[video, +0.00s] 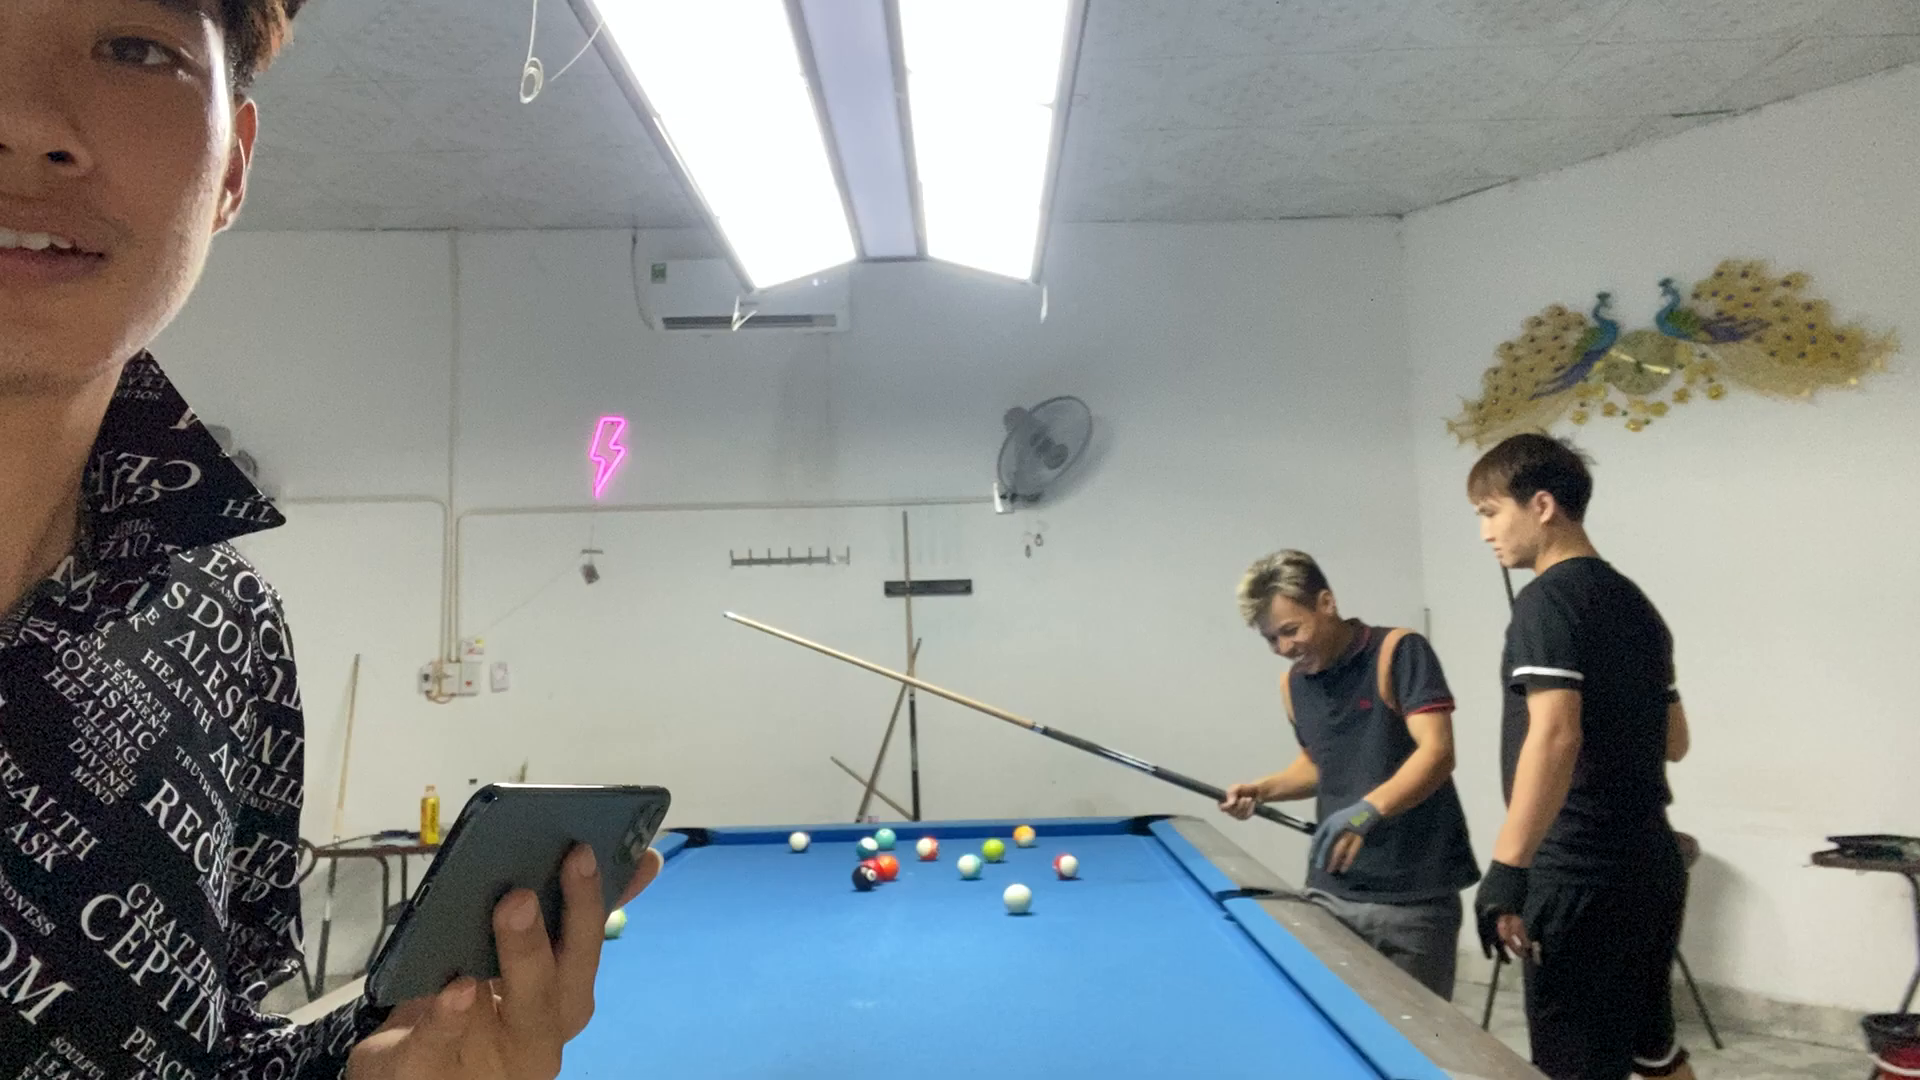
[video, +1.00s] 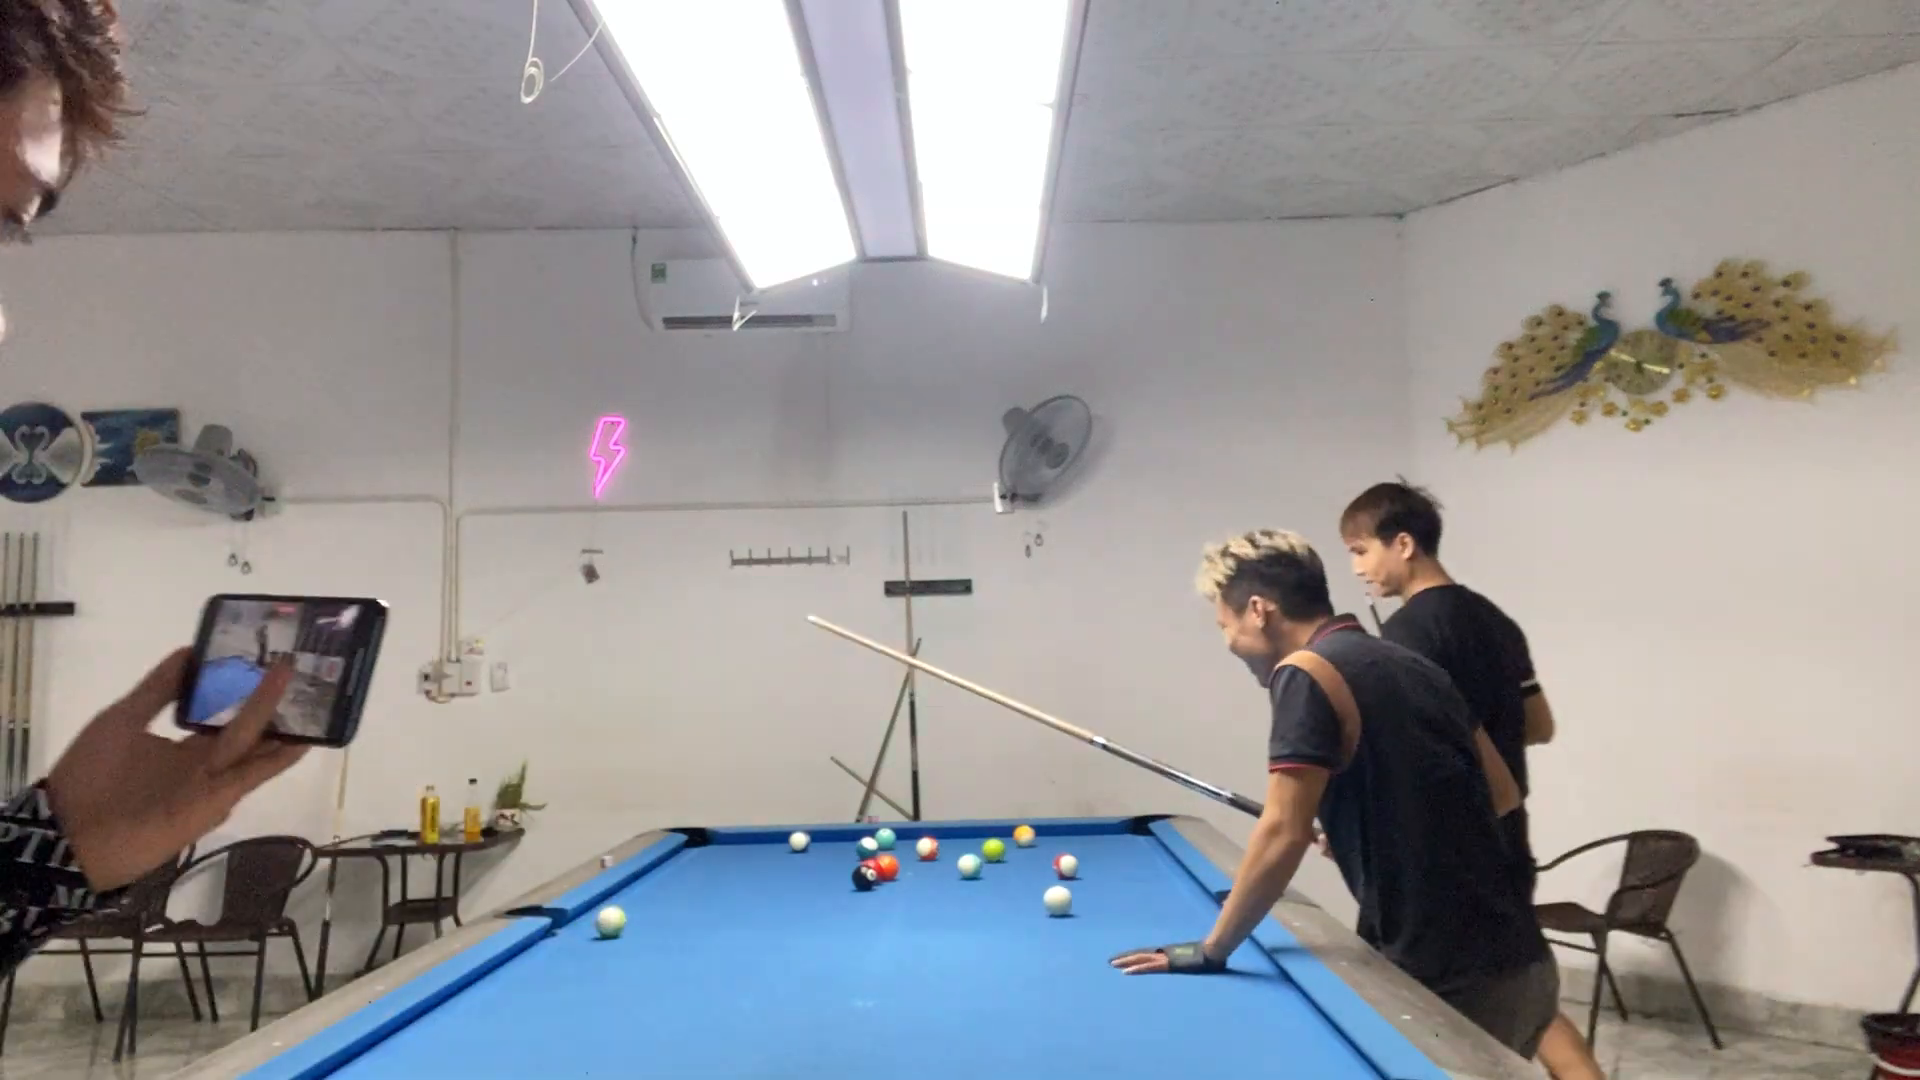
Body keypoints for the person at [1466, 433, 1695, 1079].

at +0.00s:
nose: (1483, 532)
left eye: (1490, 511)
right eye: (1480, 516)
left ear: (1543, 507)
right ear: (1545, 509)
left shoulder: (1547, 600)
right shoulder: (1636, 603)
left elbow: (1556, 739)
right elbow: (1673, 740)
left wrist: (1507, 869)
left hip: (1576, 880)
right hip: (1650, 869)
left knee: (1574, 1063)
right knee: (1654, 1051)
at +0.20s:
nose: (1505, 535)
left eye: (1510, 515)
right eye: (1502, 519)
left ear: (1560, 509)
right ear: (1570, 511)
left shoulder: (1558, 600)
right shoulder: (1658, 607)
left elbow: (1574, 731)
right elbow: (1696, 739)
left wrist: (1542, 861)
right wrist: (1608, 714)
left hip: (1585, 871)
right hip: (1671, 867)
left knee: (1573, 1063)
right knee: (1693, 1052)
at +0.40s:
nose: (1505, 541)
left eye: (1507, 522)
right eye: (1500, 527)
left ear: (1553, 514)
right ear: (1568, 515)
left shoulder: (1557, 598)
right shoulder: (1658, 608)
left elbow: (1583, 728)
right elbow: (1704, 733)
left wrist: (1548, 856)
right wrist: (1612, 734)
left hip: (1584, 865)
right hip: (1665, 861)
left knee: (1560, 1055)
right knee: (1686, 1041)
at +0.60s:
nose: (1478, 550)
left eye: (1480, 531)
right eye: (1474, 534)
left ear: (1521, 523)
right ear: (1545, 524)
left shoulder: (1527, 603)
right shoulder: (1633, 616)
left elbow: (1545, 727)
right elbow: (1668, 740)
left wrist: (1519, 856)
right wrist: (1580, 741)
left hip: (1565, 860)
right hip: (1646, 856)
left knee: (1508, 1026)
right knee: (1670, 1033)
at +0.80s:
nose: (1421, 568)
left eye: (1424, 550)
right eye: (1417, 552)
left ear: (1465, 545)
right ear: (1473, 544)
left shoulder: (1472, 625)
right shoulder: (1573, 624)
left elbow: (1491, 746)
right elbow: (1618, 740)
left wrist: (1472, 865)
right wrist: (1531, 735)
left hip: (1514, 867)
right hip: (1589, 858)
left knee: (1454, 1028)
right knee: (1631, 1031)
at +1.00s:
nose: (1357, 569)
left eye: (1361, 552)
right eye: (1353, 555)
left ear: (1404, 544)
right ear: (1410, 545)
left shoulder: (1402, 633)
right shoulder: (1496, 618)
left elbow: (1396, 745)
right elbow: (1540, 725)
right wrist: (1447, 724)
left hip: (1442, 852)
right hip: (1509, 844)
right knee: (1534, 1005)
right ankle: (1584, 1073)